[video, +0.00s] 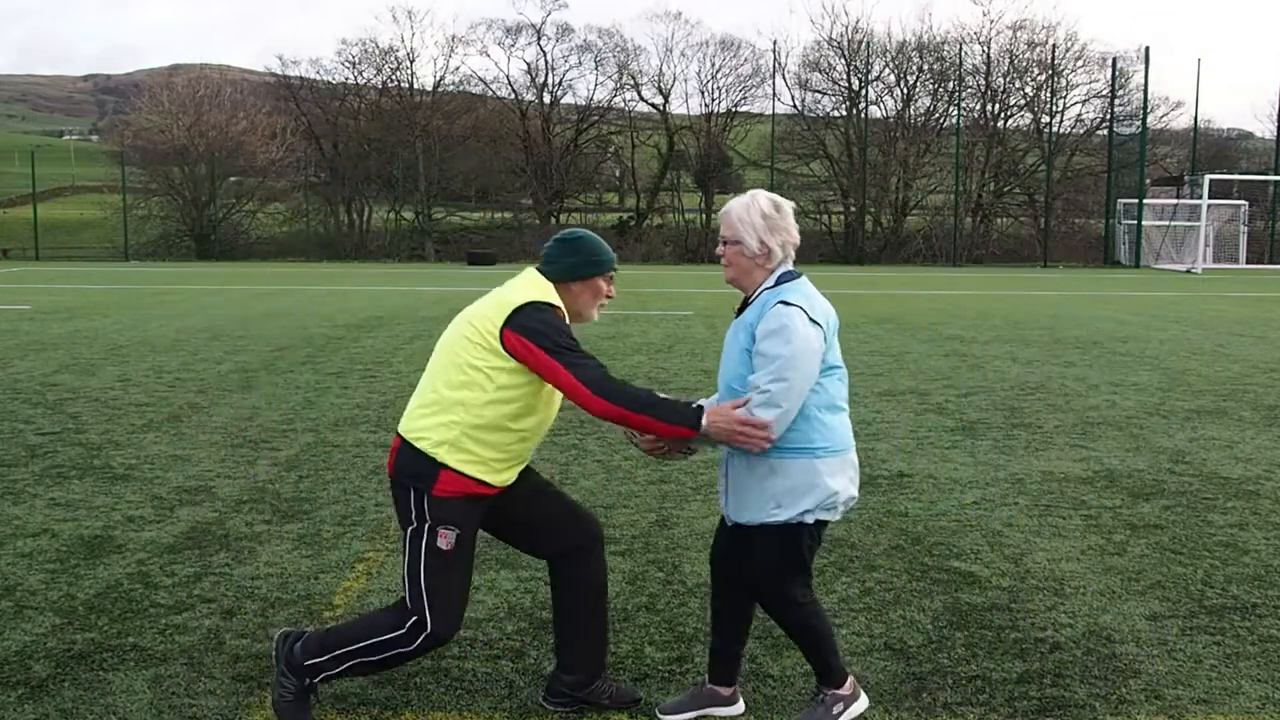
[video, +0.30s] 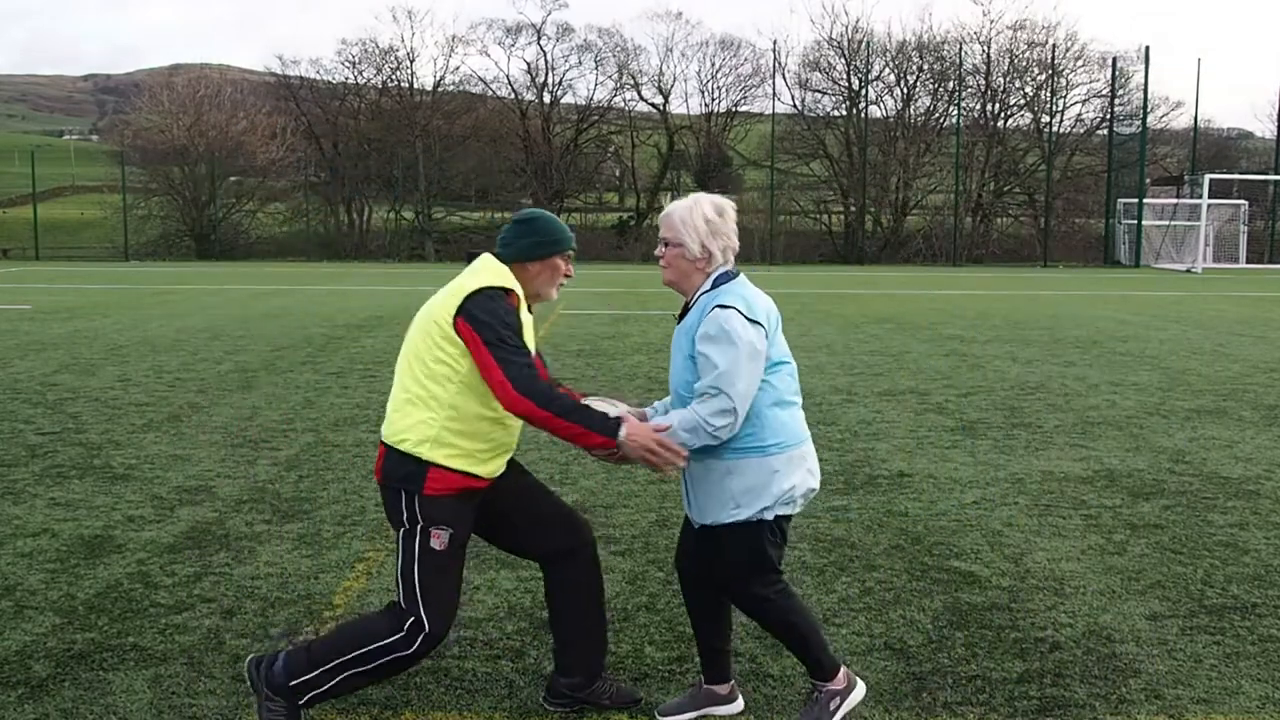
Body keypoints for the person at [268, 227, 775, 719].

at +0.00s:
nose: (609, 291)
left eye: (610, 282)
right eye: (603, 281)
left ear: (568, 277)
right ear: (570, 277)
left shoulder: (545, 310)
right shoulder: (527, 312)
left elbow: (603, 391)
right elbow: (598, 391)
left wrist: (682, 421)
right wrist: (701, 420)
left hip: (487, 467)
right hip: (436, 466)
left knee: (579, 538)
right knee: (431, 621)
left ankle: (577, 680)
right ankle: (300, 658)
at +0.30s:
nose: (568, 274)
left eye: (568, 263)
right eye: (561, 262)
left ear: (530, 261)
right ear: (527, 259)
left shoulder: (511, 299)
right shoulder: (486, 299)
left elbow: (534, 384)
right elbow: (526, 393)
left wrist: (596, 417)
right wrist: (618, 434)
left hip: (481, 467)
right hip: (427, 470)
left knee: (569, 542)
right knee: (419, 625)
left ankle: (579, 680)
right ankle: (281, 678)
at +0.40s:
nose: (509, 237)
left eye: (510, 226)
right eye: (501, 225)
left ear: (467, 229)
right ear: (468, 225)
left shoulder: (452, 273)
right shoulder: (426, 272)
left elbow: (472, 368)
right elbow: (452, 375)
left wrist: (540, 404)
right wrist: (539, 435)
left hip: (452, 455)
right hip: (398, 460)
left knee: (535, 552)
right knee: (387, 607)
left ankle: (574, 681)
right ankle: (259, 695)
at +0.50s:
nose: (450, 213)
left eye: (451, 202)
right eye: (444, 201)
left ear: (409, 200)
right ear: (410, 199)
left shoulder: (395, 247)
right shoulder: (368, 251)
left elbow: (406, 348)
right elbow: (383, 359)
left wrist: (465, 387)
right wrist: (462, 426)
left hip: (402, 441)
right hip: (358, 446)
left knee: (474, 551)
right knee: (329, 588)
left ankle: (538, 666)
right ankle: (246, 707)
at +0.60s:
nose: (405, 202)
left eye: (405, 190)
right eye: (399, 190)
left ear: (362, 189)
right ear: (365, 189)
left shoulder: (347, 238)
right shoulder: (328, 242)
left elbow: (359, 342)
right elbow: (325, 348)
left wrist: (418, 383)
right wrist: (393, 426)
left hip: (359, 429)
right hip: (321, 435)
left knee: (437, 518)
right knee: (308, 582)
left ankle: (419, 662)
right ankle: (247, 707)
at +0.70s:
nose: (369, 191)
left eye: (370, 180)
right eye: (363, 179)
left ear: (331, 180)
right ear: (328, 178)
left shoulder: (321, 230)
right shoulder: (290, 231)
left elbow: (329, 332)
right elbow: (276, 341)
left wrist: (380, 383)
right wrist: (333, 426)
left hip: (330, 420)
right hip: (287, 425)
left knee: (382, 523)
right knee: (291, 574)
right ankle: (245, 706)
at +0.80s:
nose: (348, 182)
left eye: (348, 171)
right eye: (339, 171)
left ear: (312, 175)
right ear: (304, 174)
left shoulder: (304, 231)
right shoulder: (262, 227)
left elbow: (304, 326)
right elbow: (234, 329)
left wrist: (349, 381)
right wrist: (280, 423)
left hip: (307, 417)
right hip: (260, 422)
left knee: (311, 544)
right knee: (273, 568)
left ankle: (221, 627)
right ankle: (244, 703)